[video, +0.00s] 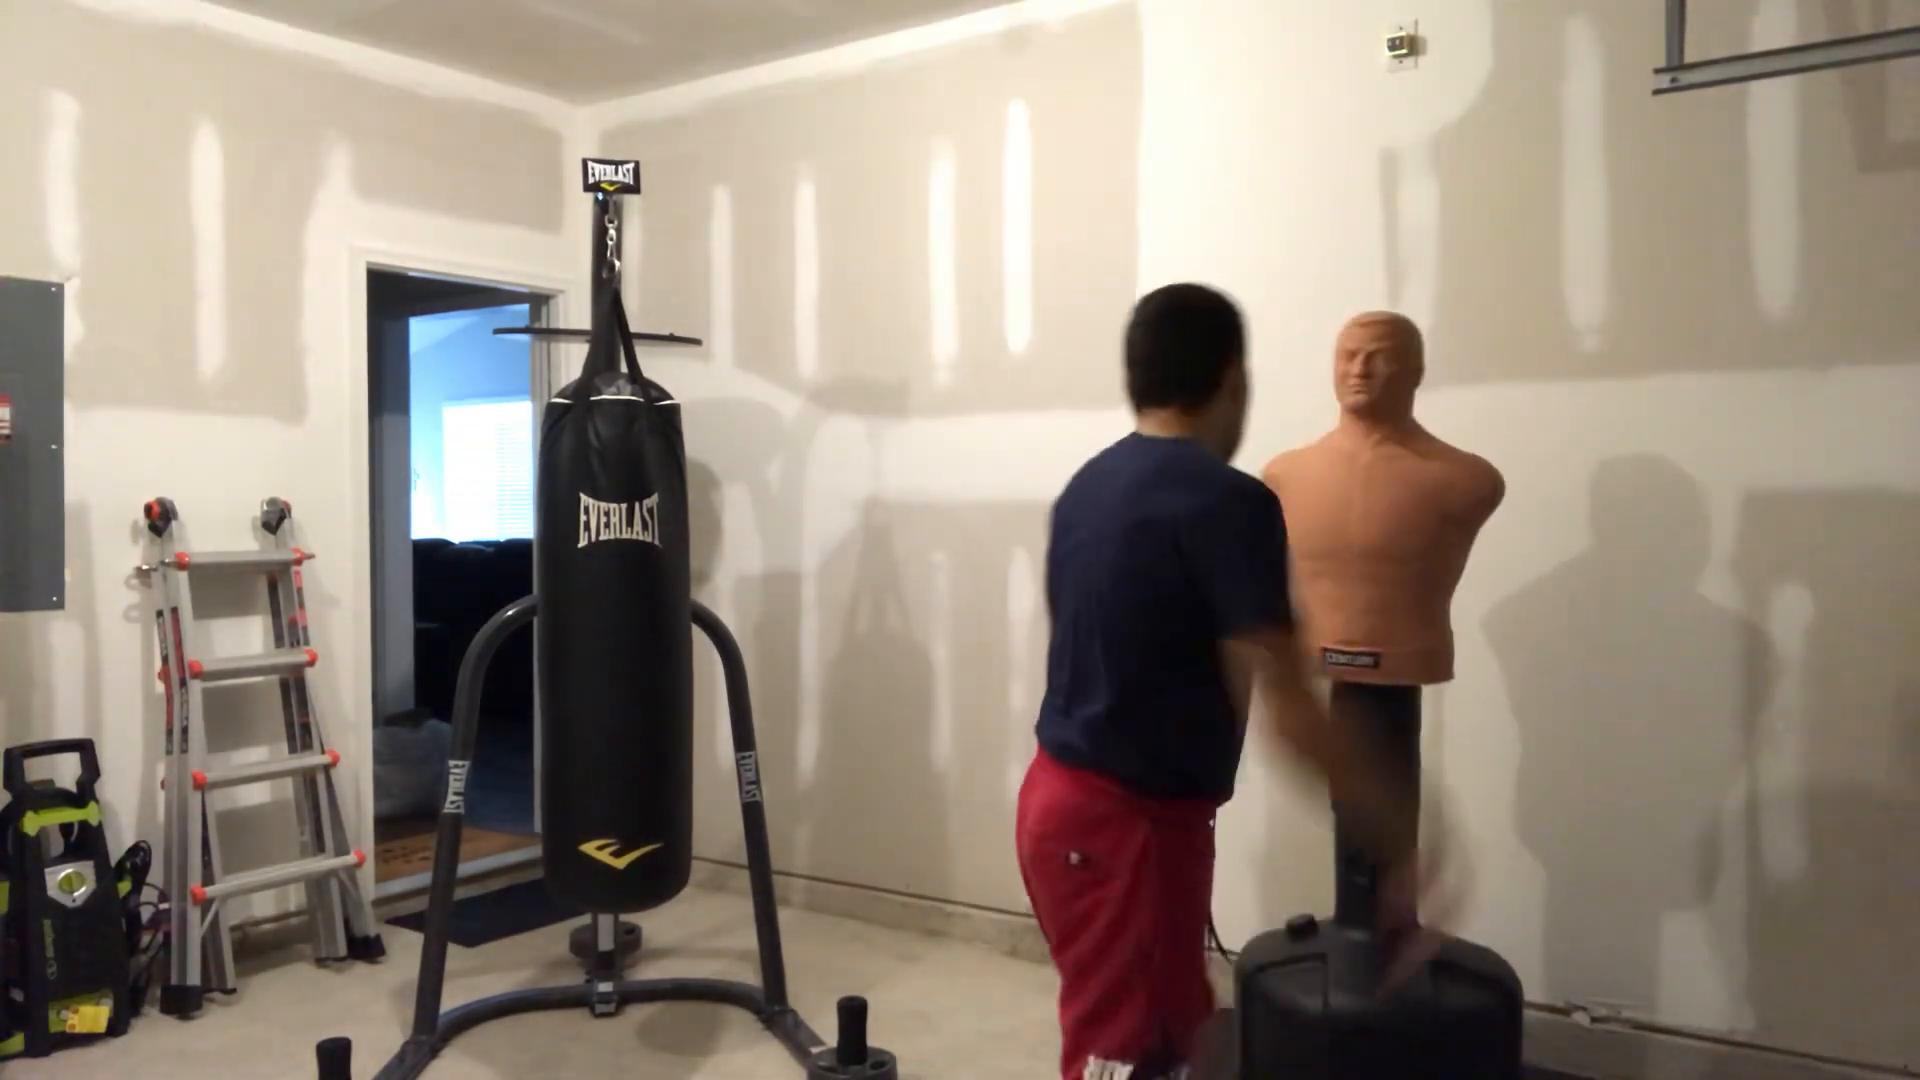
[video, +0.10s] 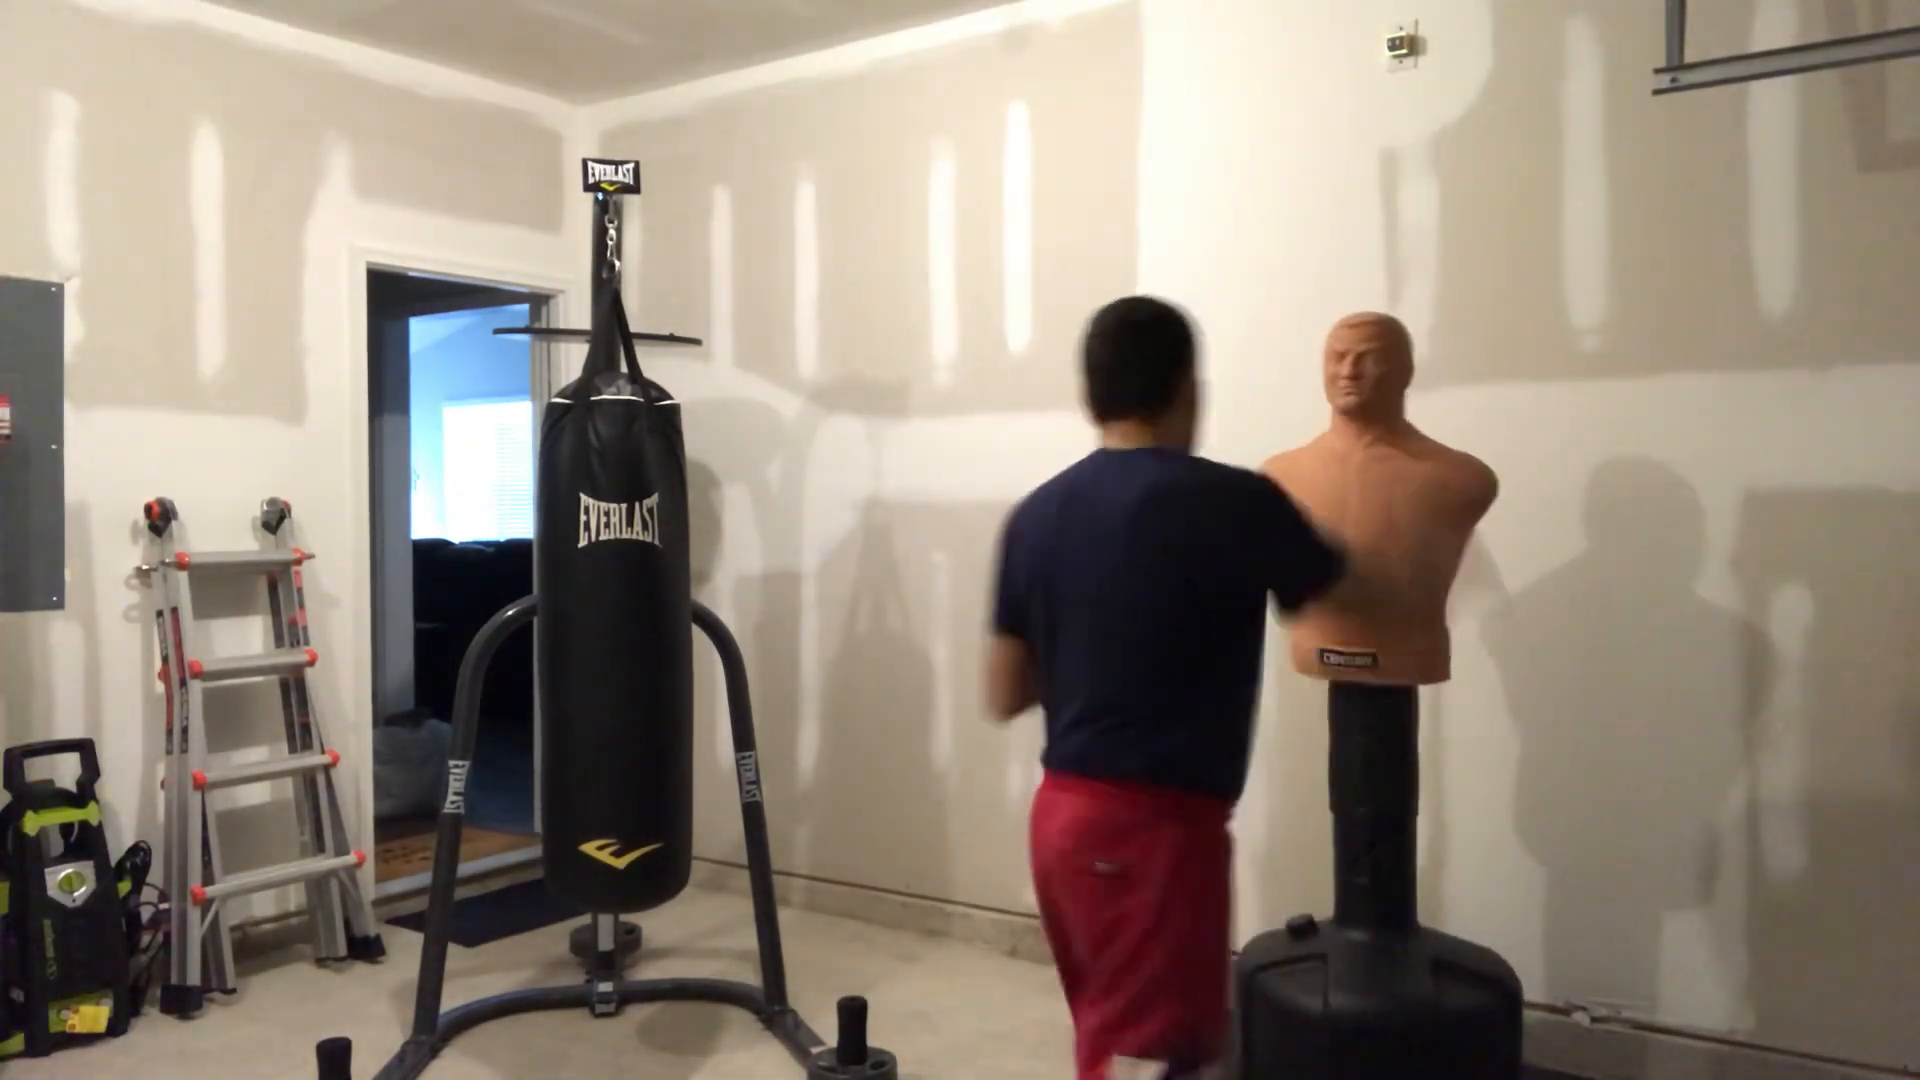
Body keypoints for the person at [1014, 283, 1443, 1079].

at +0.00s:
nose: (1248, 388)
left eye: (1242, 370)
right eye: (1245, 370)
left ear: (1135, 379)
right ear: (1232, 377)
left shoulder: (1088, 487)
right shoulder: (1230, 504)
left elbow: (1085, 652)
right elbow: (1289, 709)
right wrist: (1391, 837)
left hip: (1064, 806)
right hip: (1135, 830)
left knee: (1175, 1042)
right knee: (1118, 1060)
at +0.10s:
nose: (1198, 391)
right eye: (1194, 377)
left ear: (1089, 395)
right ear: (1187, 386)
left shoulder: (1040, 515)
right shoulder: (1237, 501)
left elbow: (1003, 695)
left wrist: (1087, 631)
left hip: (1065, 823)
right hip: (1169, 830)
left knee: (1100, 1046)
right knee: (1175, 1054)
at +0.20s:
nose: (1130, 386)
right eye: (1129, 373)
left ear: (1035, 397)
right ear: (1129, 383)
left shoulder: (996, 534)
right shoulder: (1197, 475)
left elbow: (991, 732)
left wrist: (1067, 723)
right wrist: (1280, 350)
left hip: (1088, 811)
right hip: (1199, 803)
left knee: (1131, 1027)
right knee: (1236, 1023)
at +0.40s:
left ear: (952, 415)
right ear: (1052, 398)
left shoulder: (935, 547)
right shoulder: (1129, 451)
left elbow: (907, 696)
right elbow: (1277, 426)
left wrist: (939, 585)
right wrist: (1332, 382)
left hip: (1177, 793)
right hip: (1283, 690)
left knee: (1160, 1029)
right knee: (1382, 656)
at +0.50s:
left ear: (940, 446)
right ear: (1040, 426)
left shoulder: (921, 580)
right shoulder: (1116, 484)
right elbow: (1312, 491)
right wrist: (1458, 482)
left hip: (1225, 767)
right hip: (1274, 644)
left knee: (1229, 1004)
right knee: (1309, 513)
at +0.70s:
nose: (919, 513)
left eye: (918, 500)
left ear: (928, 516)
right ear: (1029, 483)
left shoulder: (969, 659)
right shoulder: (1116, 519)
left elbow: (942, 788)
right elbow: (1280, 536)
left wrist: (957, 696)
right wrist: (1445, 545)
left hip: (1244, 773)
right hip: (1273, 650)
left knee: (1240, 1014)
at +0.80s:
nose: (924, 499)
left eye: (924, 485)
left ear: (937, 501)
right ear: (1029, 461)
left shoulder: (997, 651)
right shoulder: (1111, 505)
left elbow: (969, 838)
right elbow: (1228, 481)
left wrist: (955, 726)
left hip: (1225, 798)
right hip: (1265, 685)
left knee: (1194, 1036)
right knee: (1260, 658)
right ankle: (1405, 736)